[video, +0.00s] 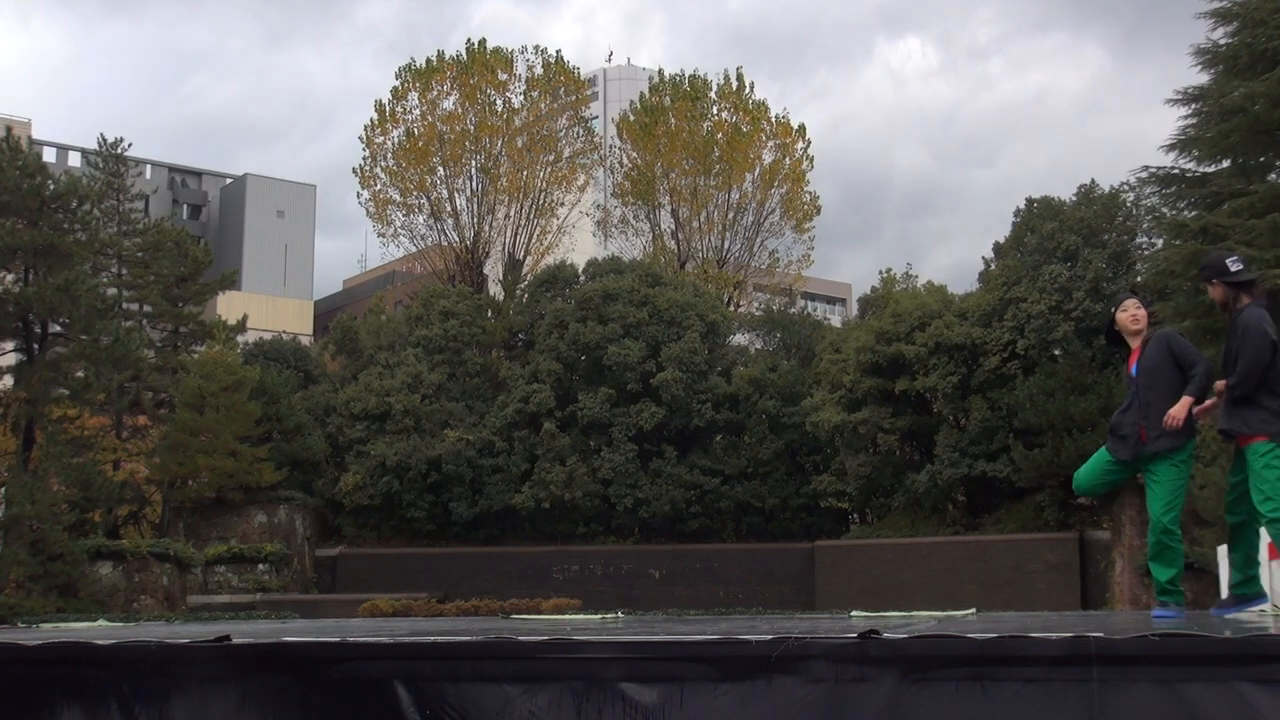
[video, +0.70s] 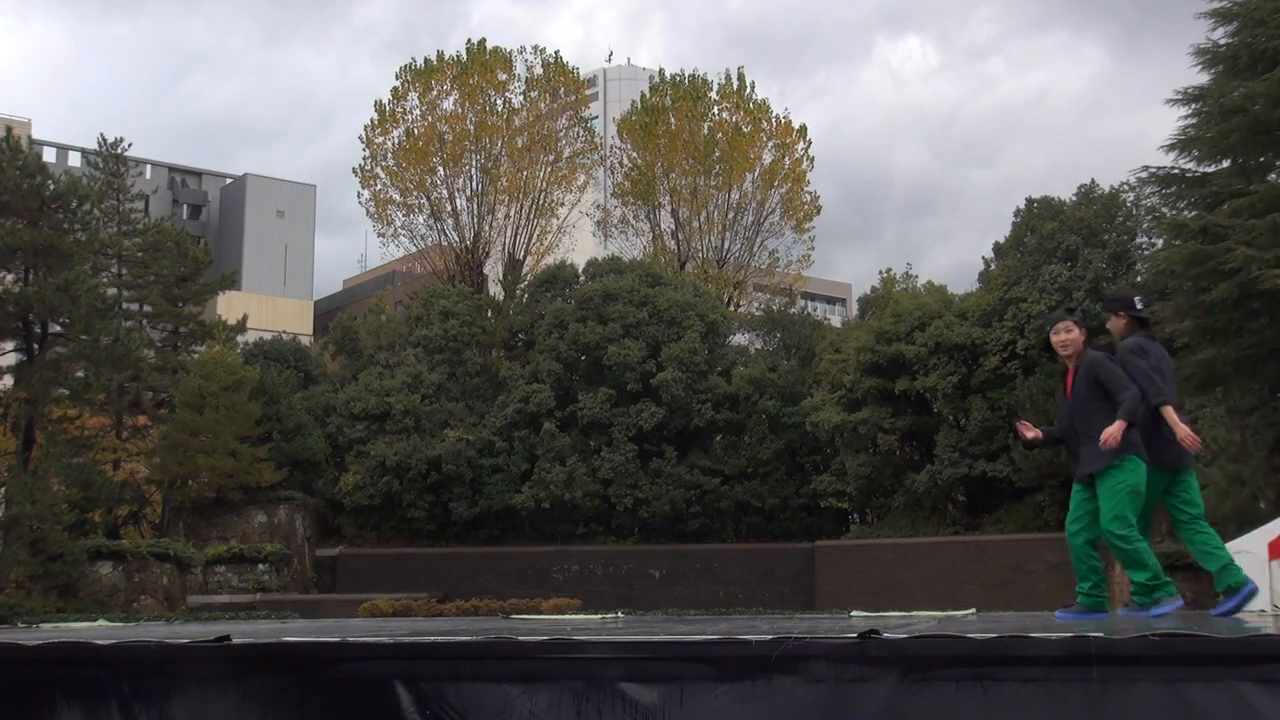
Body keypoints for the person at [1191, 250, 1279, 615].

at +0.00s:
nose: (1209, 294)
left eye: (1210, 287)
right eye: (1208, 287)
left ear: (1223, 286)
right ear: (1233, 284)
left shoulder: (1253, 320)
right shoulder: (1243, 320)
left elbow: (1250, 379)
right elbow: (1242, 381)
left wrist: (1226, 387)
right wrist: (1214, 403)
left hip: (1264, 435)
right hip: (1247, 436)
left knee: (1271, 514)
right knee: (1240, 512)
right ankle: (1246, 589)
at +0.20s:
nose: (1188, 298)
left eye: (1190, 292)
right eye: (1188, 292)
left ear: (1202, 294)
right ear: (1217, 292)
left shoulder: (1222, 328)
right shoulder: (1220, 327)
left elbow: (1214, 382)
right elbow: (1215, 381)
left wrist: (1189, 401)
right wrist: (1190, 397)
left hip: (1237, 440)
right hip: (1225, 441)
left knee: (1246, 516)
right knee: (1223, 523)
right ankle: (1251, 597)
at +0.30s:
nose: (1176, 303)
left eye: (1177, 297)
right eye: (1176, 297)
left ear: (1187, 298)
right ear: (1207, 296)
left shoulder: (1201, 329)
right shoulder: (1221, 327)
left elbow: (1204, 382)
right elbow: (1217, 381)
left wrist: (1187, 408)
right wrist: (1193, 407)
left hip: (1218, 437)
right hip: (1237, 435)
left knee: (1208, 513)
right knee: (1230, 514)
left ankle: (1268, 557)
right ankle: (1250, 596)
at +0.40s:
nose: (1161, 309)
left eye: (1162, 303)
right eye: (1161, 303)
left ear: (1173, 303)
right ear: (1192, 303)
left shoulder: (1182, 333)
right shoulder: (1212, 334)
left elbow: (1192, 385)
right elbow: (1219, 385)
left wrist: (1187, 432)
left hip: (1209, 440)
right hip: (1232, 439)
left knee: (1180, 512)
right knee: (1231, 519)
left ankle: (1229, 572)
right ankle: (1255, 596)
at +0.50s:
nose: (1142, 313)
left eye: (1145, 308)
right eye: (1144, 307)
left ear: (1157, 310)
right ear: (1174, 310)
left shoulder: (1162, 338)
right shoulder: (1198, 339)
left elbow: (1181, 382)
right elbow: (1207, 384)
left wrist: (1190, 425)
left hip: (1189, 445)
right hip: (1218, 443)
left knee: (1165, 516)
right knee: (1226, 521)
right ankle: (1252, 594)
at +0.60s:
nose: (1125, 321)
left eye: (1128, 315)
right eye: (1126, 315)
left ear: (1140, 315)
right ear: (1153, 315)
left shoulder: (1145, 342)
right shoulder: (1178, 342)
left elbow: (1169, 381)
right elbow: (1187, 384)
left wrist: (1186, 419)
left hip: (1169, 440)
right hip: (1197, 437)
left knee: (1154, 521)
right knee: (1214, 518)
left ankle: (1145, 594)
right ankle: (1245, 591)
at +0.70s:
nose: (1109, 324)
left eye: (1112, 318)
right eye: (1109, 318)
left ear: (1125, 319)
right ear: (1137, 319)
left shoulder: (1128, 348)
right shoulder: (1156, 349)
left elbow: (1154, 388)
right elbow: (1163, 391)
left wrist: (1176, 424)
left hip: (1151, 449)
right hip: (1174, 447)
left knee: (1134, 524)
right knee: (1191, 521)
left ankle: (1145, 597)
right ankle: (1234, 583)